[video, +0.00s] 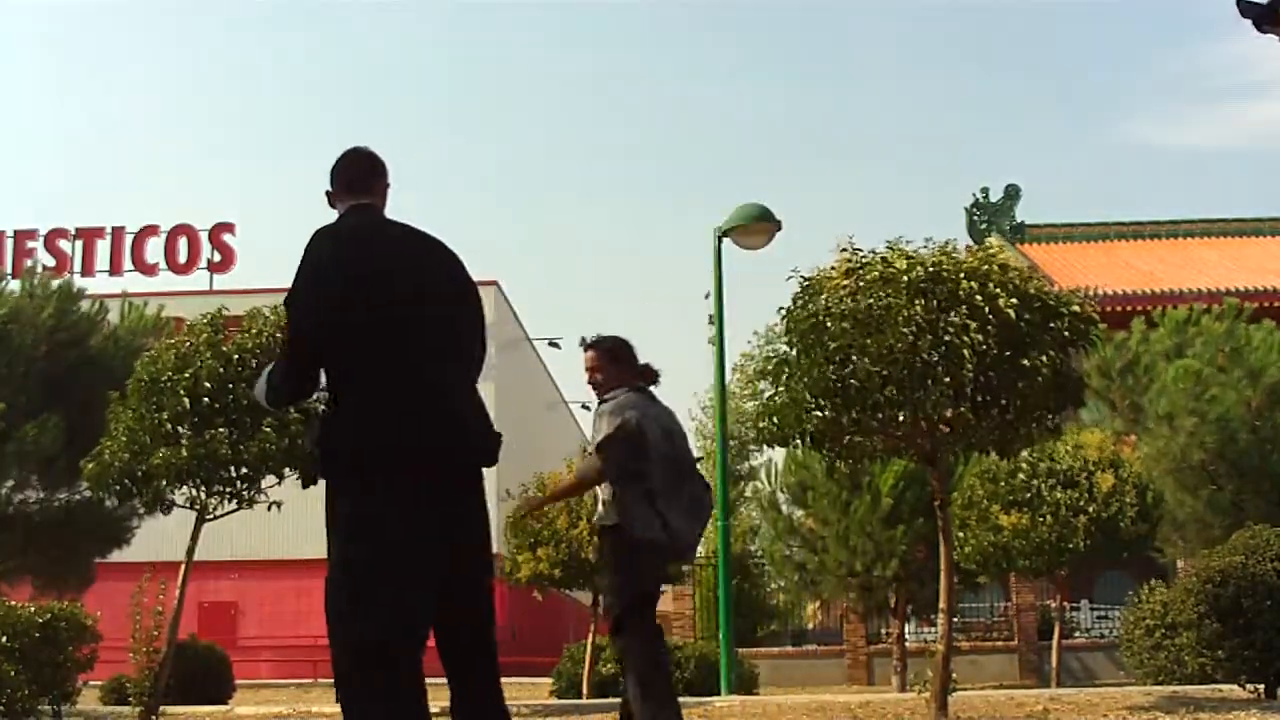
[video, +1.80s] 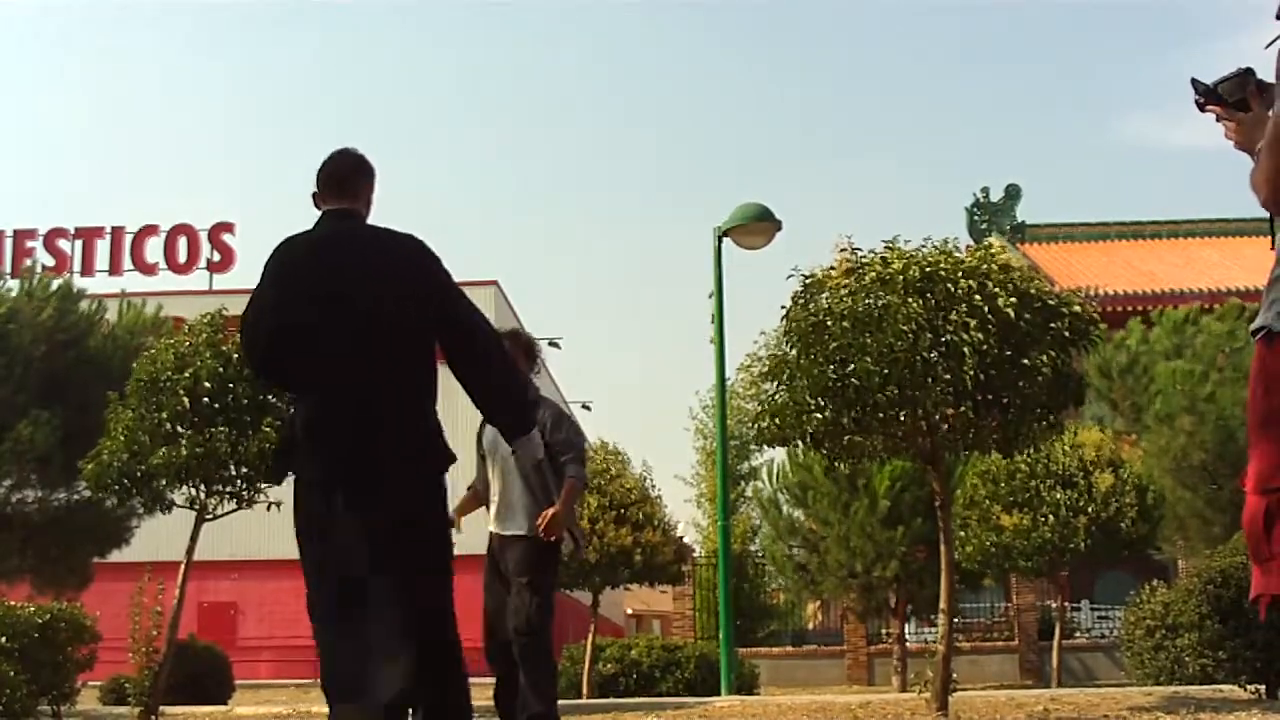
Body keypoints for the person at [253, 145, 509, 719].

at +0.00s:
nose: (341, 205)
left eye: (334, 198)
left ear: (333, 197)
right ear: (387, 190)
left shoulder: (327, 250)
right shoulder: (441, 254)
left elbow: (298, 375)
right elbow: (472, 353)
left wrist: (267, 388)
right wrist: (433, 402)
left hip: (368, 462)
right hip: (451, 459)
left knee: (374, 632)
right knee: (468, 633)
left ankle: (385, 718)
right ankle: (483, 717)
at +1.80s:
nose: (347, 205)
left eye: (327, 195)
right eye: (363, 196)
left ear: (316, 195)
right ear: (371, 196)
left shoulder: (289, 258)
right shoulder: (407, 254)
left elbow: (262, 354)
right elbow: (472, 343)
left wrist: (319, 381)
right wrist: (516, 418)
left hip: (326, 459)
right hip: (408, 454)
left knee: (340, 606)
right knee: (424, 603)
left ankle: (357, 709)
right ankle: (441, 708)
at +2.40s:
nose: (407, 211)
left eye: (409, 201)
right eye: (406, 199)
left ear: (354, 190)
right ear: (387, 192)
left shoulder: (300, 260)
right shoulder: (380, 241)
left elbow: (286, 364)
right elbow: (405, 346)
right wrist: (460, 408)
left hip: (308, 453)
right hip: (377, 450)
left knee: (331, 606)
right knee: (399, 606)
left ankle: (306, 712)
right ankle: (418, 713)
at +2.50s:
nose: (426, 213)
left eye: (428, 202)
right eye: (425, 201)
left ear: (377, 187)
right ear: (407, 190)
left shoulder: (330, 250)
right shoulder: (392, 237)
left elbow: (305, 353)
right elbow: (402, 340)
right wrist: (449, 401)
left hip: (324, 448)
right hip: (380, 449)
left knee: (340, 597)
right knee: (396, 596)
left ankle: (314, 710)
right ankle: (417, 710)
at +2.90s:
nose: (414, 190)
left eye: (405, 181)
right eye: (417, 181)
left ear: (362, 177)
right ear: (415, 178)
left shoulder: (318, 238)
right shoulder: (426, 229)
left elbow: (313, 330)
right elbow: (481, 326)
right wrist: (540, 393)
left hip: (323, 437)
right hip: (413, 439)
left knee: (296, 581)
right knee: (441, 588)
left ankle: (277, 705)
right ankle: (443, 709)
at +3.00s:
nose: (389, 187)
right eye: (392, 179)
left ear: (337, 179)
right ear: (392, 178)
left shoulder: (296, 236)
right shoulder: (413, 233)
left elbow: (286, 334)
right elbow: (486, 316)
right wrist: (558, 377)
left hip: (307, 452)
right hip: (403, 451)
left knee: (290, 607)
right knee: (441, 609)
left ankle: (298, 716)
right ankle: (447, 713)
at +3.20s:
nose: (322, 176)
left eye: (297, 170)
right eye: (332, 165)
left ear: (283, 173)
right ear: (341, 167)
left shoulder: (261, 221)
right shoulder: (384, 224)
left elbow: (226, 308)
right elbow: (473, 283)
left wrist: (290, 335)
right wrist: (557, 338)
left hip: (289, 441)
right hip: (375, 435)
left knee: (295, 596)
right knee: (394, 573)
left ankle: (293, 707)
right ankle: (426, 652)